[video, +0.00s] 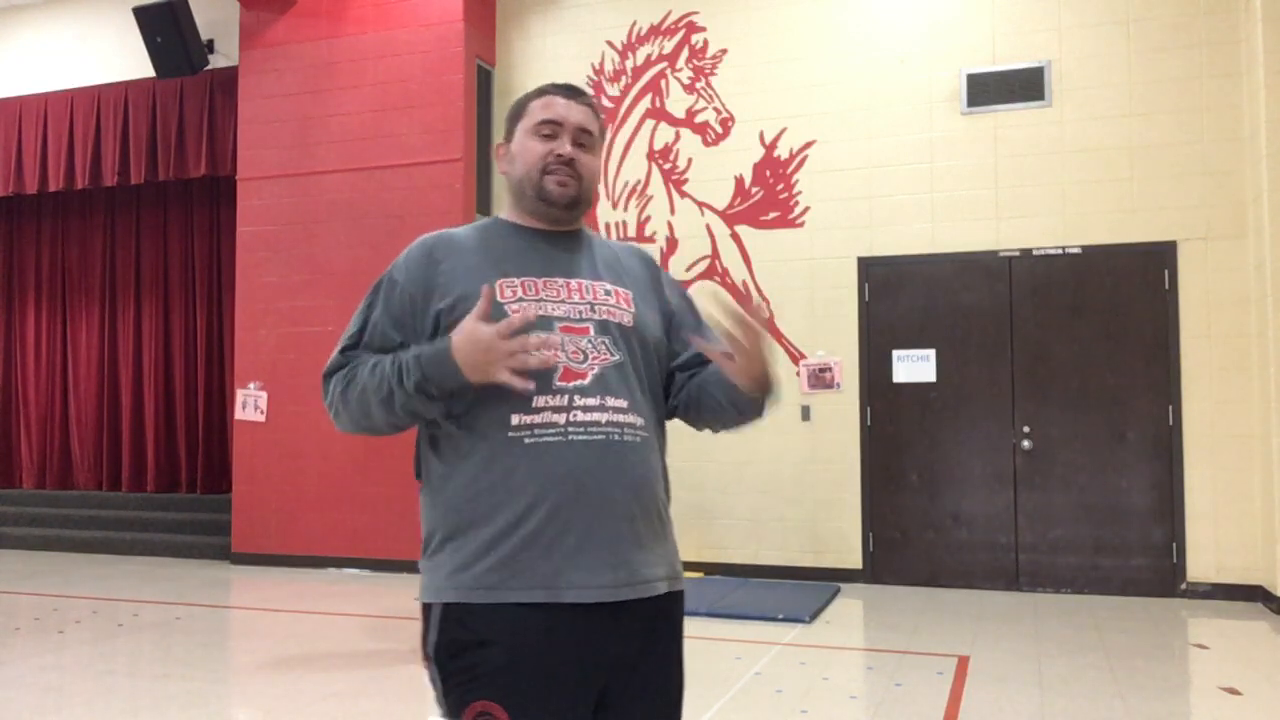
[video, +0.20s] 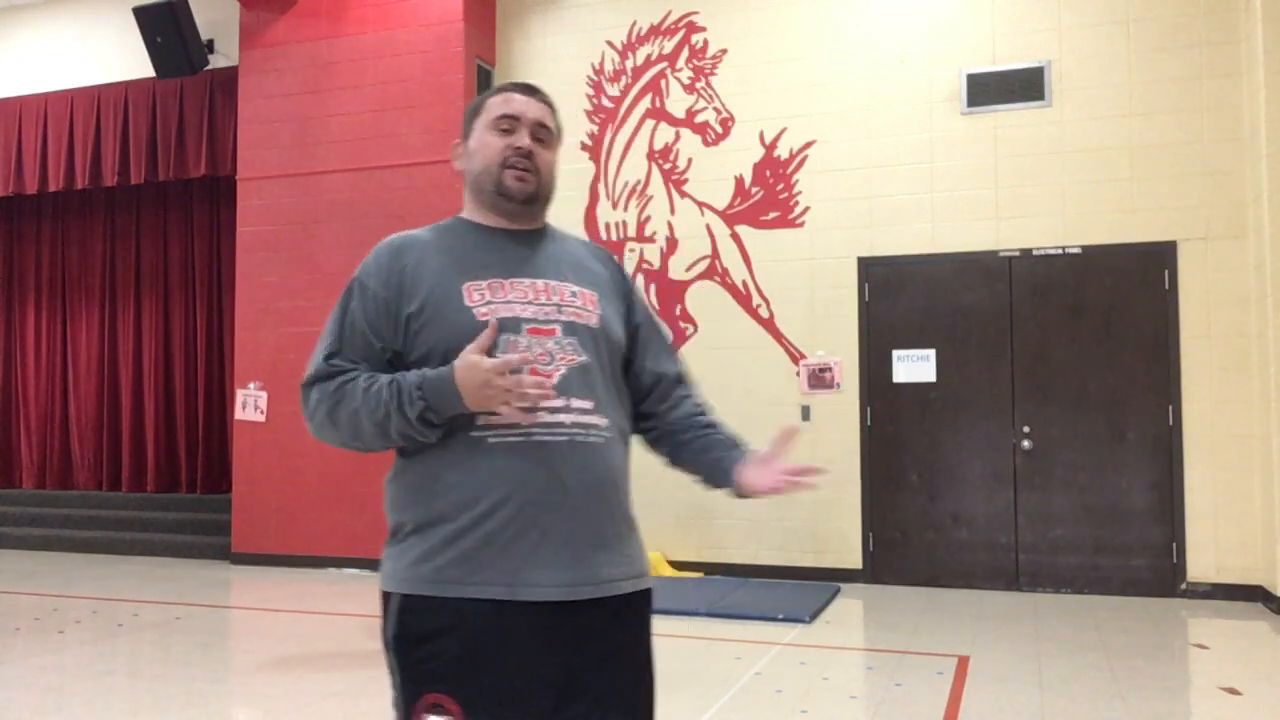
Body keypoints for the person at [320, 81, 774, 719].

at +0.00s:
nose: (566, 149)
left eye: (584, 141)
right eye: (546, 132)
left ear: (601, 172)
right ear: (505, 154)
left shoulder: (643, 274)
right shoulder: (437, 261)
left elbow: (692, 387)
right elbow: (347, 392)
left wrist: (747, 388)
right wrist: (450, 363)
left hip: (638, 595)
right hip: (493, 596)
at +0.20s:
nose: (523, 142)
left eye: (541, 135)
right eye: (503, 126)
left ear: (558, 165)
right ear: (461, 152)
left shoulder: (602, 271)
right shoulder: (401, 262)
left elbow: (663, 398)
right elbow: (328, 400)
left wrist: (737, 464)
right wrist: (446, 392)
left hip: (601, 594)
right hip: (455, 595)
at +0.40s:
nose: (493, 144)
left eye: (508, 135)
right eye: (471, 130)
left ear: (523, 162)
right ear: (427, 155)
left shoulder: (558, 273)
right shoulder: (369, 260)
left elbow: (591, 407)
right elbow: (280, 391)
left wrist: (652, 450)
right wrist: (403, 386)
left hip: (557, 595)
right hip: (412, 594)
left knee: (567, 710)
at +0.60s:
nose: (476, 163)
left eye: (487, 152)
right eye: (456, 145)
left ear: (497, 170)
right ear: (401, 161)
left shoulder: (521, 279)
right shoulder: (339, 266)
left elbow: (556, 399)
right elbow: (257, 398)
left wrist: (612, 419)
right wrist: (389, 393)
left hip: (517, 597)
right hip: (377, 594)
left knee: (525, 710)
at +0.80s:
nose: (475, 166)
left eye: (478, 152)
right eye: (451, 152)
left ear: (485, 162)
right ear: (393, 171)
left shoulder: (504, 273)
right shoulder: (330, 266)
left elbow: (535, 398)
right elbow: (251, 399)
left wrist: (584, 394)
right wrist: (388, 391)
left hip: (507, 584)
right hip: (373, 587)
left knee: (529, 710)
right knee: (369, 709)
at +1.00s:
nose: (462, 166)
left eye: (471, 152)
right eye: (437, 153)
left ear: (487, 168)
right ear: (393, 176)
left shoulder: (515, 276)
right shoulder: (343, 266)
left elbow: (542, 389)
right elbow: (262, 388)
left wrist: (582, 395)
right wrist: (391, 395)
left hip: (510, 581)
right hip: (381, 582)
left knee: (517, 712)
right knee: (374, 708)